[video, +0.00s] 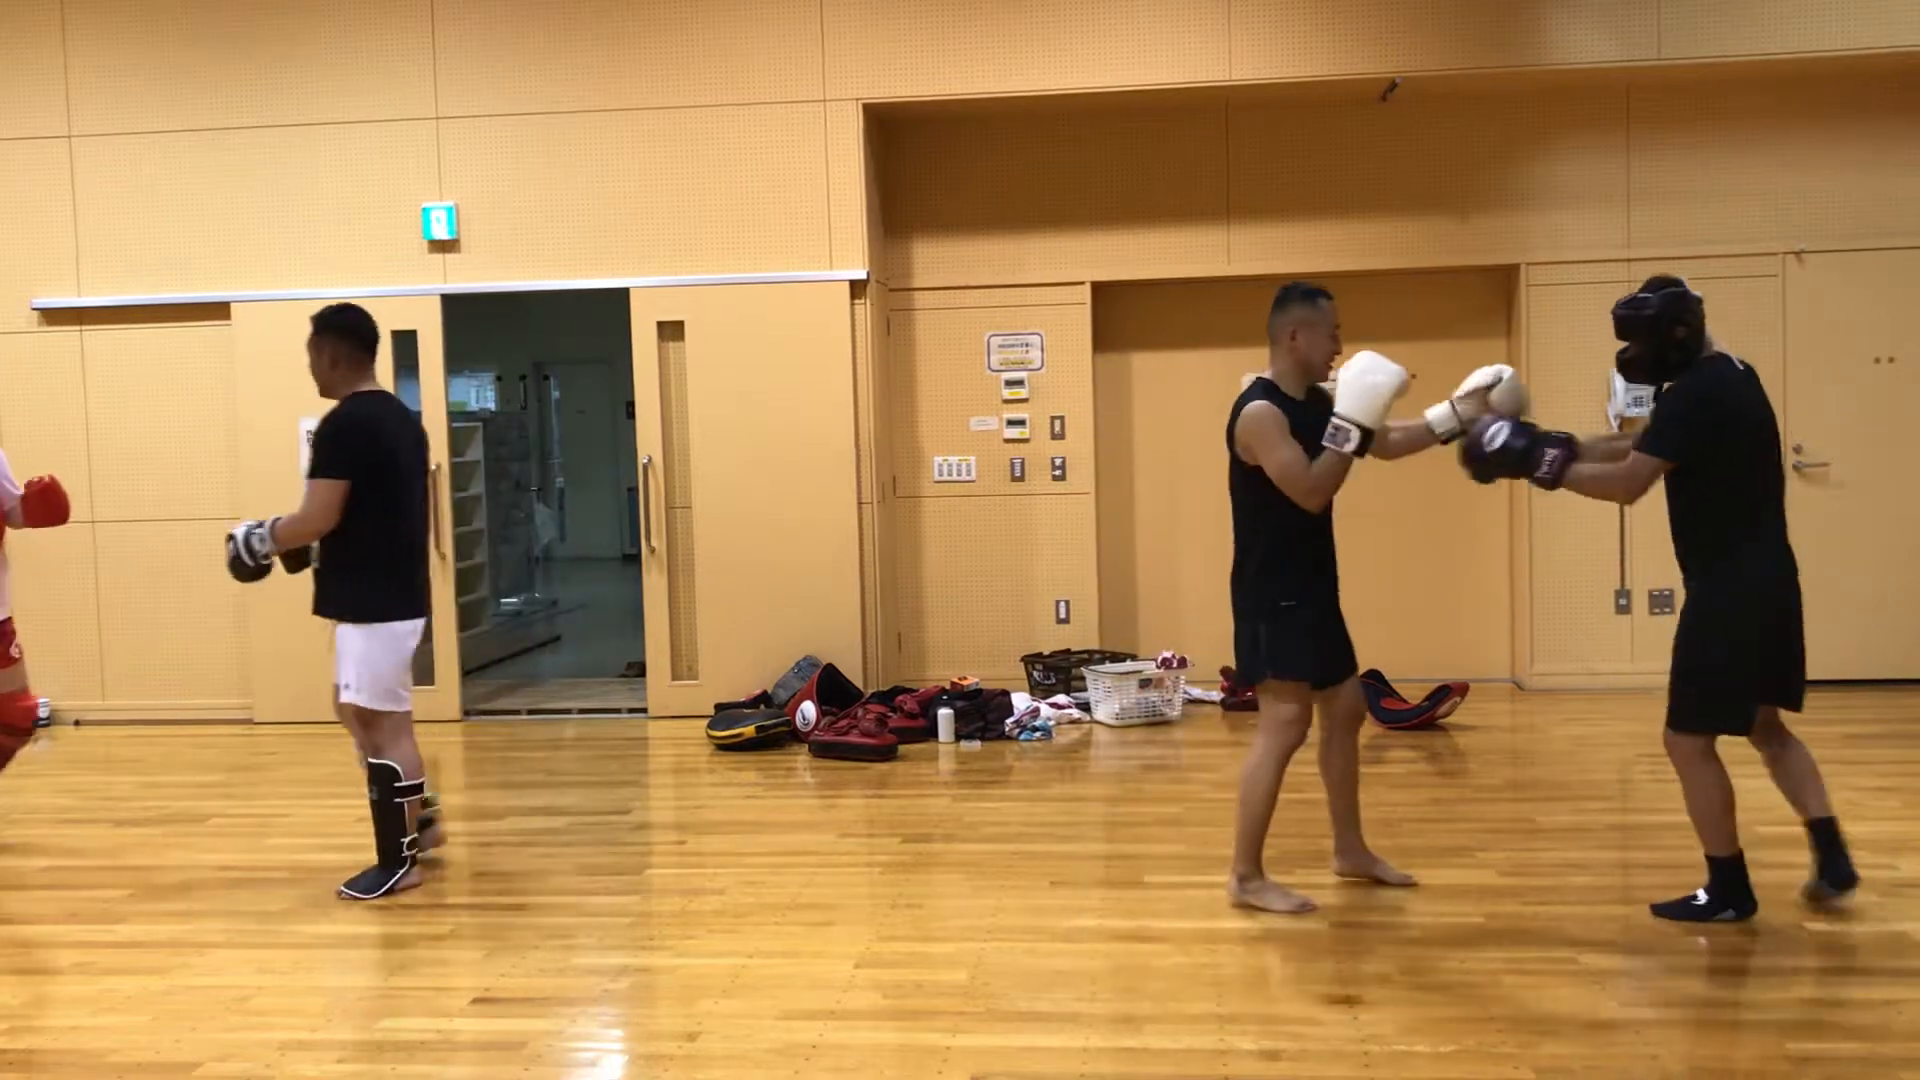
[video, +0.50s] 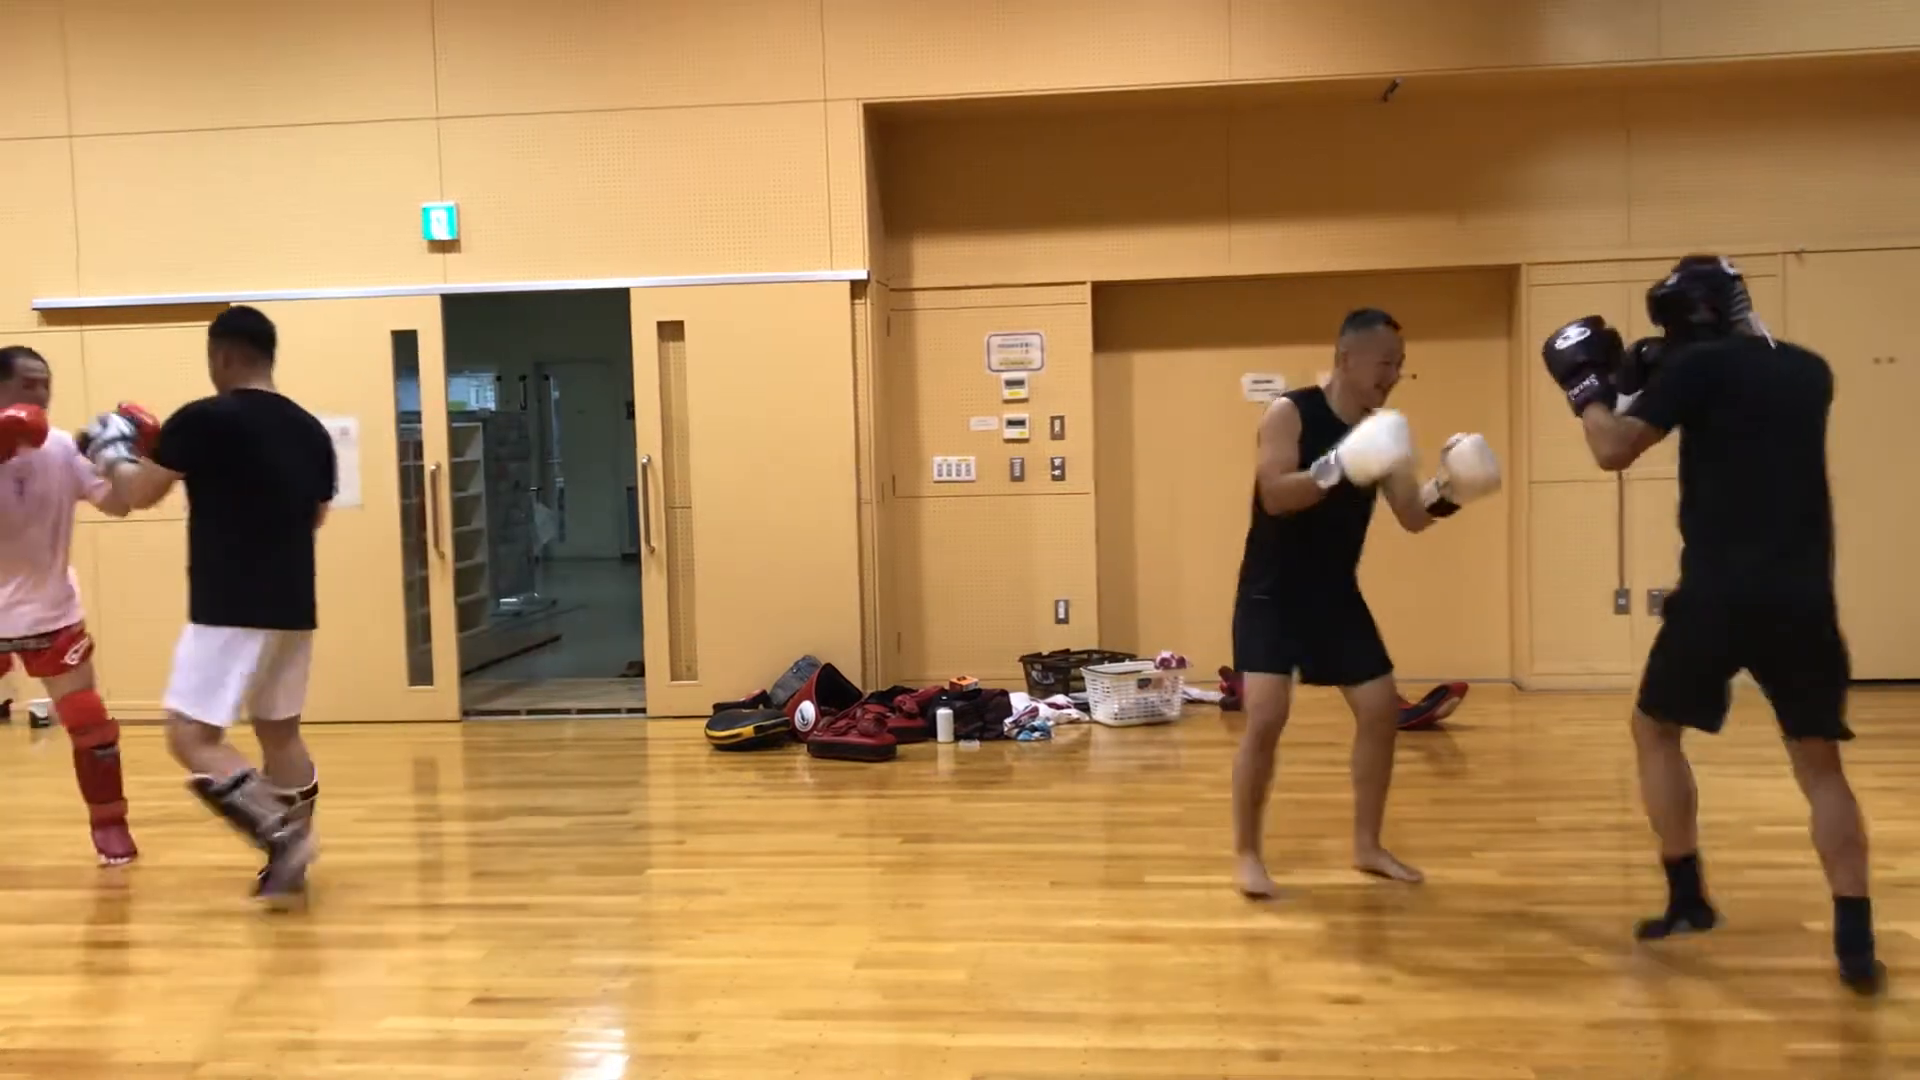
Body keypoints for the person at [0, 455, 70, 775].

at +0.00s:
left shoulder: (1, 459)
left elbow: (10, 507)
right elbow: (12, 506)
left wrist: (35, 507)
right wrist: (31, 507)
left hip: (1, 616)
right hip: (0, 617)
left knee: (16, 719)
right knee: (14, 720)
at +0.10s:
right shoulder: (1, 456)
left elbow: (19, 509)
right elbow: (20, 509)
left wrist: (48, 501)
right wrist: (43, 500)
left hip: (3, 606)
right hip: (3, 609)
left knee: (40, 710)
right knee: (39, 710)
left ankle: (4, 795)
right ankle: (4, 796)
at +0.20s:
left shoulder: (2, 450)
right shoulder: (4, 452)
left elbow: (29, 508)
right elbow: (31, 507)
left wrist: (60, 495)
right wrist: (56, 496)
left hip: (7, 609)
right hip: (7, 611)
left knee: (53, 709)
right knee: (51, 709)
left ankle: (33, 809)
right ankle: (33, 808)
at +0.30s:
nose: (0, 393)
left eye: (0, 386)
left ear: (3, 392)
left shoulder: (10, 446)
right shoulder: (13, 445)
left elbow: (55, 505)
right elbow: (55, 504)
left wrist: (89, 478)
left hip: (16, 612)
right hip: (7, 616)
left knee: (59, 713)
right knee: (58, 715)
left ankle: (90, 819)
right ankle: (89, 819)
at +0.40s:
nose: (9, 396)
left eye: (14, 387)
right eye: (1, 387)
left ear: (24, 391)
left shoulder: (34, 449)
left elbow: (85, 504)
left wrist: (109, 468)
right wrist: (4, 450)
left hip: (28, 611)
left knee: (75, 720)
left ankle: (107, 823)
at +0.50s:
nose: (36, 396)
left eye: (44, 386)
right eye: (25, 386)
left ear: (51, 391)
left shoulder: (62, 449)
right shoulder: (3, 449)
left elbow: (118, 499)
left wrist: (134, 453)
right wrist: (4, 442)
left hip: (48, 606)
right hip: (3, 609)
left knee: (88, 718)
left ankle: (110, 826)